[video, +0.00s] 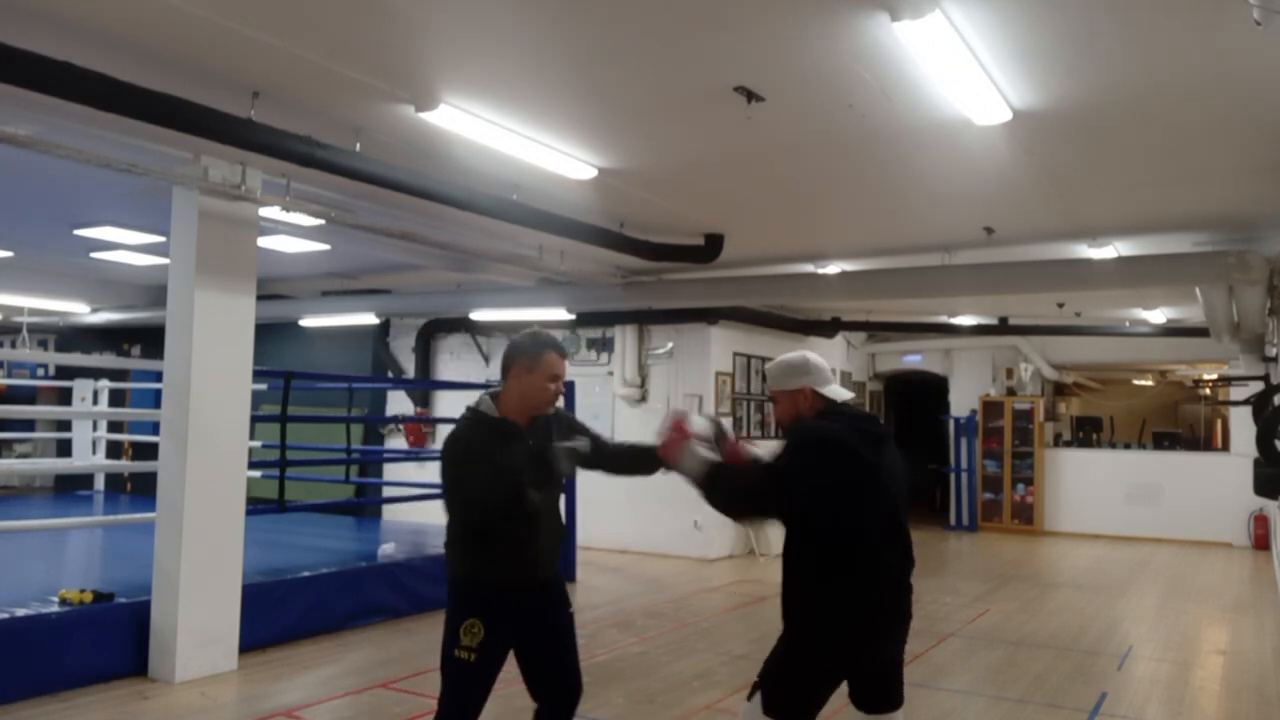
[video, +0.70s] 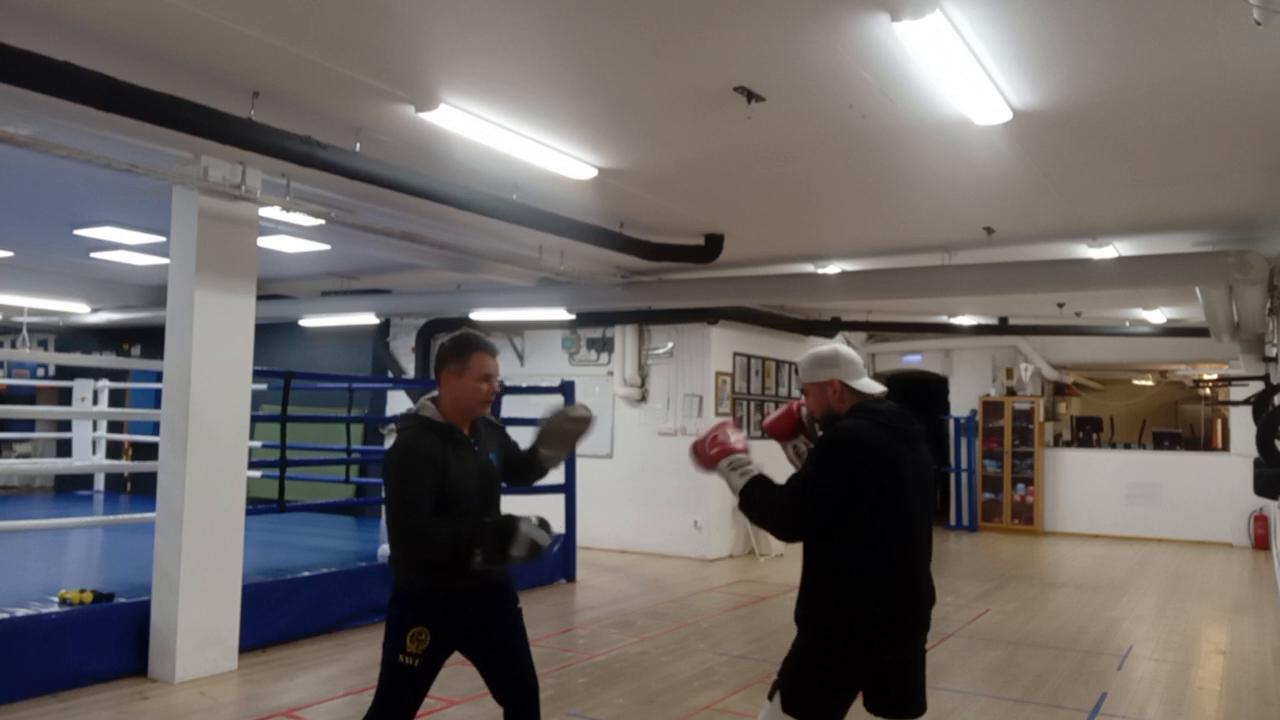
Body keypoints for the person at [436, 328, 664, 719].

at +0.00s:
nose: (560, 390)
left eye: (561, 381)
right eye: (553, 380)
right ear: (517, 374)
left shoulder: (555, 426)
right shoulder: (468, 440)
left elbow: (605, 454)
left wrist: (663, 455)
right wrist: (544, 469)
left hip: (540, 590)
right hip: (481, 594)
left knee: (561, 696)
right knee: (459, 708)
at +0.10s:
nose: (565, 388)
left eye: (567, 379)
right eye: (557, 377)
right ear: (522, 373)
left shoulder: (562, 427)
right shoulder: (477, 430)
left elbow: (620, 469)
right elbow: (477, 507)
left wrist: (656, 449)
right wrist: (518, 422)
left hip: (533, 588)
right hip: (475, 590)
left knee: (548, 696)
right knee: (453, 705)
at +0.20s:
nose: (572, 386)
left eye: (574, 376)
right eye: (564, 375)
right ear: (530, 373)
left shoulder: (561, 425)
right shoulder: (493, 422)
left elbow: (580, 483)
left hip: (525, 579)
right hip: (468, 578)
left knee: (539, 696)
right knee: (441, 702)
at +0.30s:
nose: (569, 393)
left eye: (572, 385)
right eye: (562, 382)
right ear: (528, 376)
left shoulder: (542, 433)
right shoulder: (493, 425)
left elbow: (549, 497)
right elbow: (548, 470)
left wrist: (583, 517)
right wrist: (609, 425)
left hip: (515, 583)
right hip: (463, 582)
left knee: (534, 694)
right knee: (422, 700)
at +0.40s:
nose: (555, 392)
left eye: (557, 384)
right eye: (547, 381)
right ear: (514, 377)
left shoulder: (525, 434)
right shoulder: (479, 429)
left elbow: (533, 496)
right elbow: (511, 496)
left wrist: (582, 477)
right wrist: (571, 469)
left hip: (504, 591)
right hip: (452, 592)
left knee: (529, 697)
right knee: (413, 703)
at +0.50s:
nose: (527, 391)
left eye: (529, 383)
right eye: (520, 381)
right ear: (486, 377)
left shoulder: (503, 432)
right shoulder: (448, 435)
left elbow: (534, 485)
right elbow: (453, 535)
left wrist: (554, 438)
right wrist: (538, 532)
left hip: (492, 592)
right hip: (436, 595)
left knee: (526, 700)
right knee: (396, 708)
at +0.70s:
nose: (495, 389)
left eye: (497, 380)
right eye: (485, 379)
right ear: (448, 378)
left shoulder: (487, 431)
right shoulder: (414, 443)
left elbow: (519, 472)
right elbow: (412, 536)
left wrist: (546, 450)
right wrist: (499, 535)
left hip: (485, 594)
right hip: (425, 598)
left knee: (523, 700)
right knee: (392, 709)